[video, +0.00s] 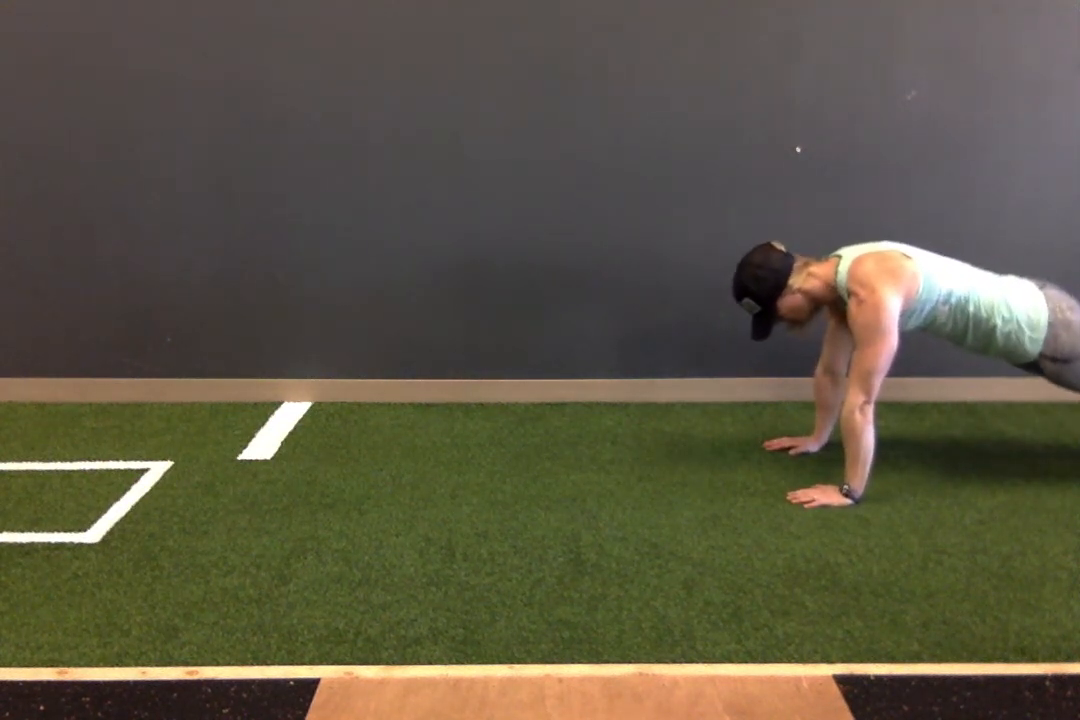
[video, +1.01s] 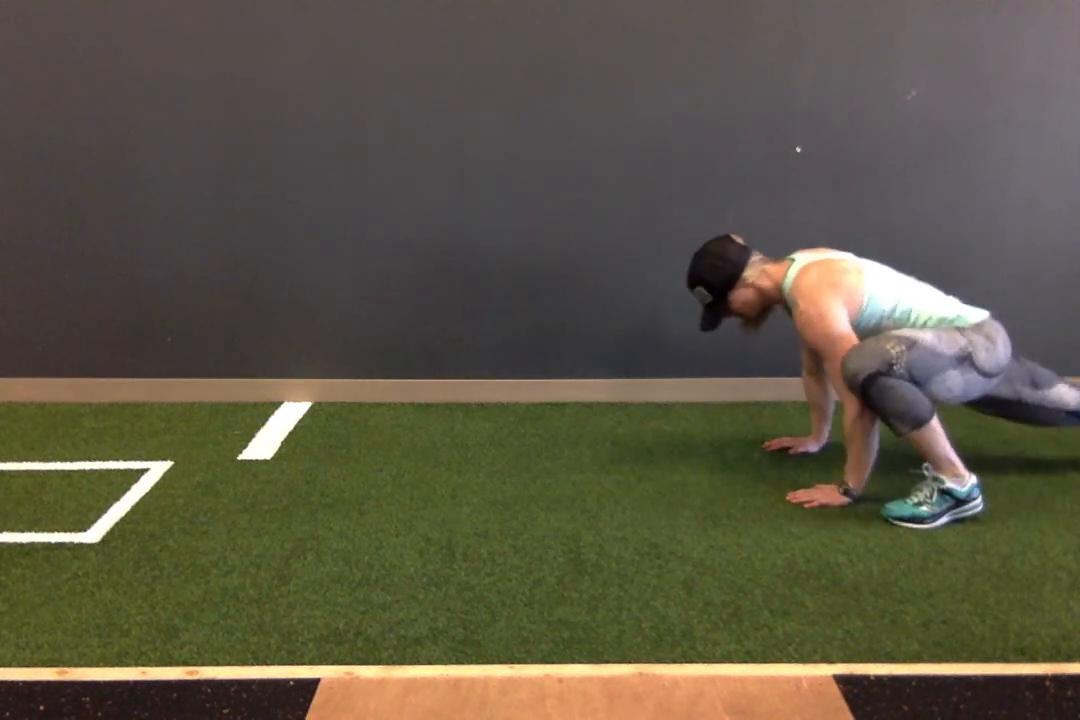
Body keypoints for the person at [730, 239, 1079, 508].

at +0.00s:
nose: (781, 320)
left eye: (773, 311)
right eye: (773, 314)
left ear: (790, 289)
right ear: (793, 269)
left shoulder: (872, 285)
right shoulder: (840, 277)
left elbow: (860, 401)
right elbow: (830, 370)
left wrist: (851, 489)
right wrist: (817, 439)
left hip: (1048, 330)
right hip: (1029, 328)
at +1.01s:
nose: (731, 317)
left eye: (725, 306)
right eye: (723, 311)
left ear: (747, 283)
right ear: (750, 272)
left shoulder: (814, 298)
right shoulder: (802, 271)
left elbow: (859, 400)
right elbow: (814, 367)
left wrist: (850, 488)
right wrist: (818, 436)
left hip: (974, 346)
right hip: (978, 339)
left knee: (864, 365)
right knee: (1060, 402)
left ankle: (955, 482)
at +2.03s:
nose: (548, 335)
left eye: (541, 324)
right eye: (540, 329)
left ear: (555, 302)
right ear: (562, 287)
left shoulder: (619, 315)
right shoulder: (609, 294)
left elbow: (635, 419)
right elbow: (569, 385)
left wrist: (620, 503)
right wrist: (515, 450)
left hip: (805, 329)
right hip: (822, 289)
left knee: (764, 466)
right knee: (955, 368)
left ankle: (916, 464)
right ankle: (1073, 382)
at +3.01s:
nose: (363, 319)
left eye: (353, 311)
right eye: (353, 312)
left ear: (356, 292)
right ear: (375, 257)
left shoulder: (405, 308)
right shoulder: (444, 260)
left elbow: (415, 418)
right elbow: (484, 358)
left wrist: (417, 508)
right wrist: (504, 444)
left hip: (594, 350)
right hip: (612, 290)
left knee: (723, 413)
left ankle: (876, 457)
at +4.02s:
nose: (277, 321)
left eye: (269, 311)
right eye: (268, 314)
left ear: (280, 291)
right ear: (291, 271)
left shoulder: (352, 305)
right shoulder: (343, 282)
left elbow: (382, 407)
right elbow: (346, 371)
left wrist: (412, 498)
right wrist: (303, 432)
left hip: (528, 319)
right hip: (498, 309)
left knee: (616, 404)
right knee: (418, 368)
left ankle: (767, 393)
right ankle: (534, 408)